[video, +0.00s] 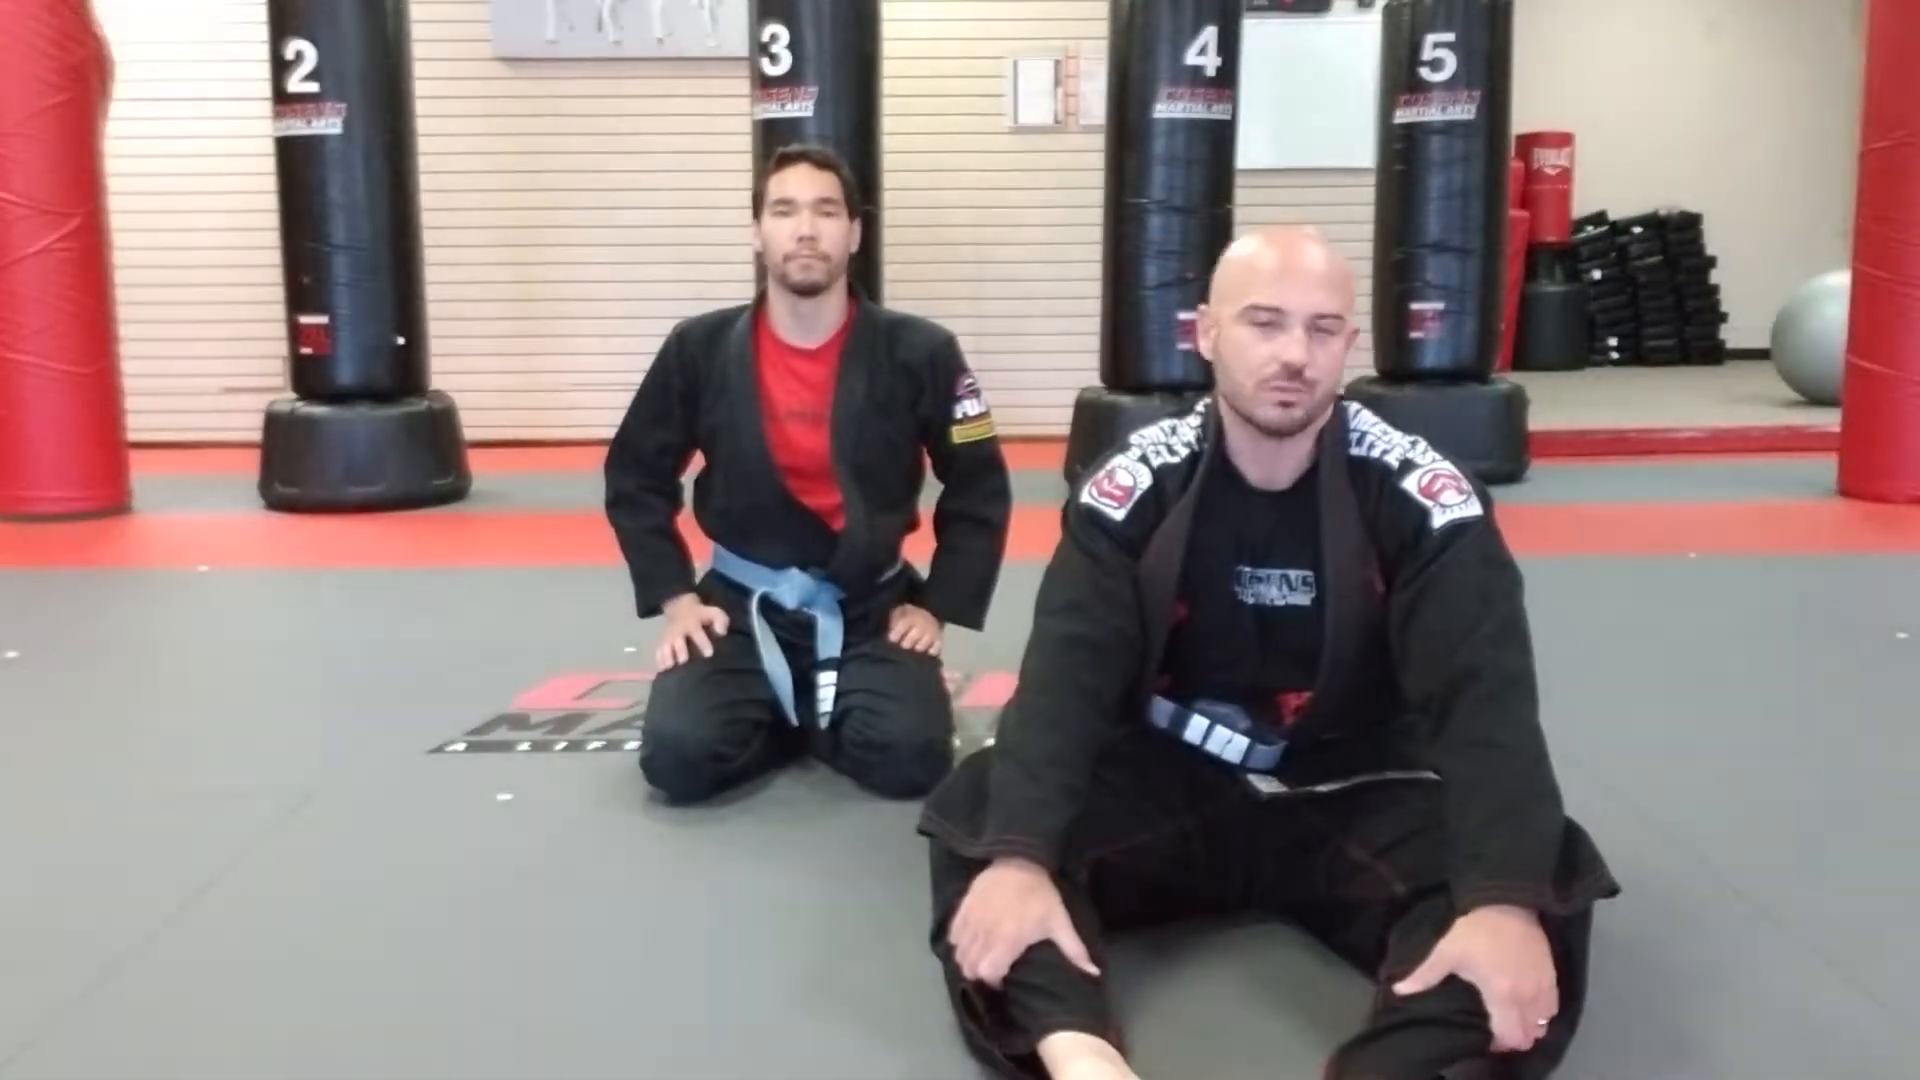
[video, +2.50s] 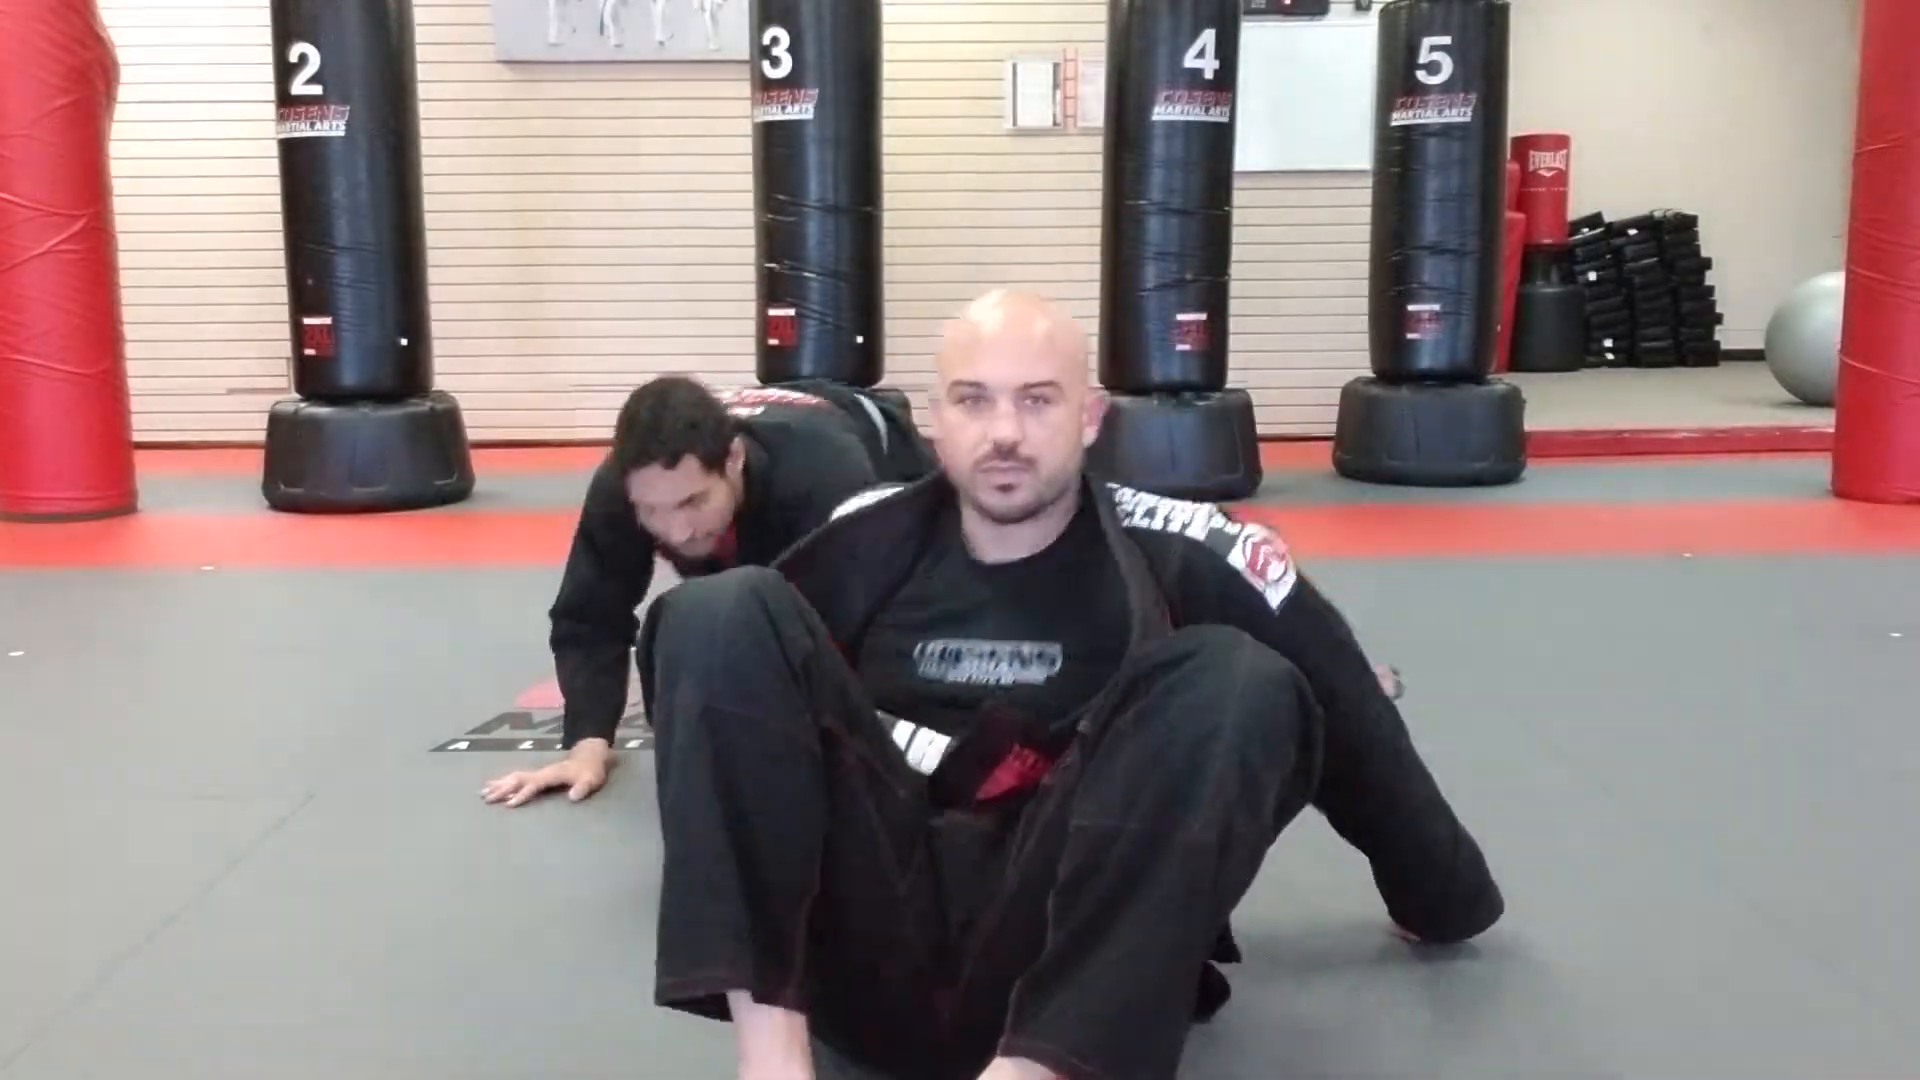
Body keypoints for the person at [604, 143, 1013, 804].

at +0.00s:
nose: (805, 228)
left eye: (826, 211)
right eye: (784, 211)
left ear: (855, 234)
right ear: (758, 233)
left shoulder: (919, 355)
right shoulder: (700, 351)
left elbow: (979, 485)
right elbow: (636, 475)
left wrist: (938, 607)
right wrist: (674, 595)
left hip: (871, 605)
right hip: (741, 601)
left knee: (911, 760)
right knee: (680, 760)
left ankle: (784, 702)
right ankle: (802, 718)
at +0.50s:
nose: (798, 228)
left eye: (819, 211)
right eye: (777, 211)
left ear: (848, 234)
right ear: (750, 235)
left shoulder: (913, 354)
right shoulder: (693, 350)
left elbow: (976, 482)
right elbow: (628, 474)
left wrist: (933, 607)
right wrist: (667, 597)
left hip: (866, 603)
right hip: (735, 599)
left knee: (908, 763)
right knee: (676, 763)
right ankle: (801, 720)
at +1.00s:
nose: (795, 232)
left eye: (815, 215)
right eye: (774, 216)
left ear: (844, 237)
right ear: (749, 239)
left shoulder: (913, 355)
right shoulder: (694, 353)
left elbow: (974, 484)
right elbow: (631, 478)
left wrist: (932, 605)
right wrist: (669, 597)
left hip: (867, 605)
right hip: (736, 601)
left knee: (908, 760)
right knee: (678, 759)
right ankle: (804, 713)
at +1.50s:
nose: (772, 275)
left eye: (792, 252)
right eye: (749, 254)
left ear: (824, 257)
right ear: (725, 263)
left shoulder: (889, 370)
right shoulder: (676, 374)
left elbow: (936, 519)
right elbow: (628, 518)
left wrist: (872, 621)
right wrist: (627, 646)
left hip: (861, 609)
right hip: (735, 604)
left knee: (919, 758)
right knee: (676, 749)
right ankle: (809, 708)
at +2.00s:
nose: (596, 547)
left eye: (614, 519)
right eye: (571, 527)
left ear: (663, 472)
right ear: (547, 503)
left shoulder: (767, 474)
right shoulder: (546, 512)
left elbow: (849, 619)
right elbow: (555, 624)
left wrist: (813, 765)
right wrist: (582, 752)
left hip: (798, 556)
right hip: (672, 576)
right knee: (643, 711)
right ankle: (785, 714)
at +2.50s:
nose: (674, 532)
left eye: (692, 503)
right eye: (651, 510)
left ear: (733, 462)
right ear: (628, 491)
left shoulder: (820, 484)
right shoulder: (626, 484)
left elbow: (852, 620)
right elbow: (590, 614)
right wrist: (588, 747)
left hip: (880, 431)